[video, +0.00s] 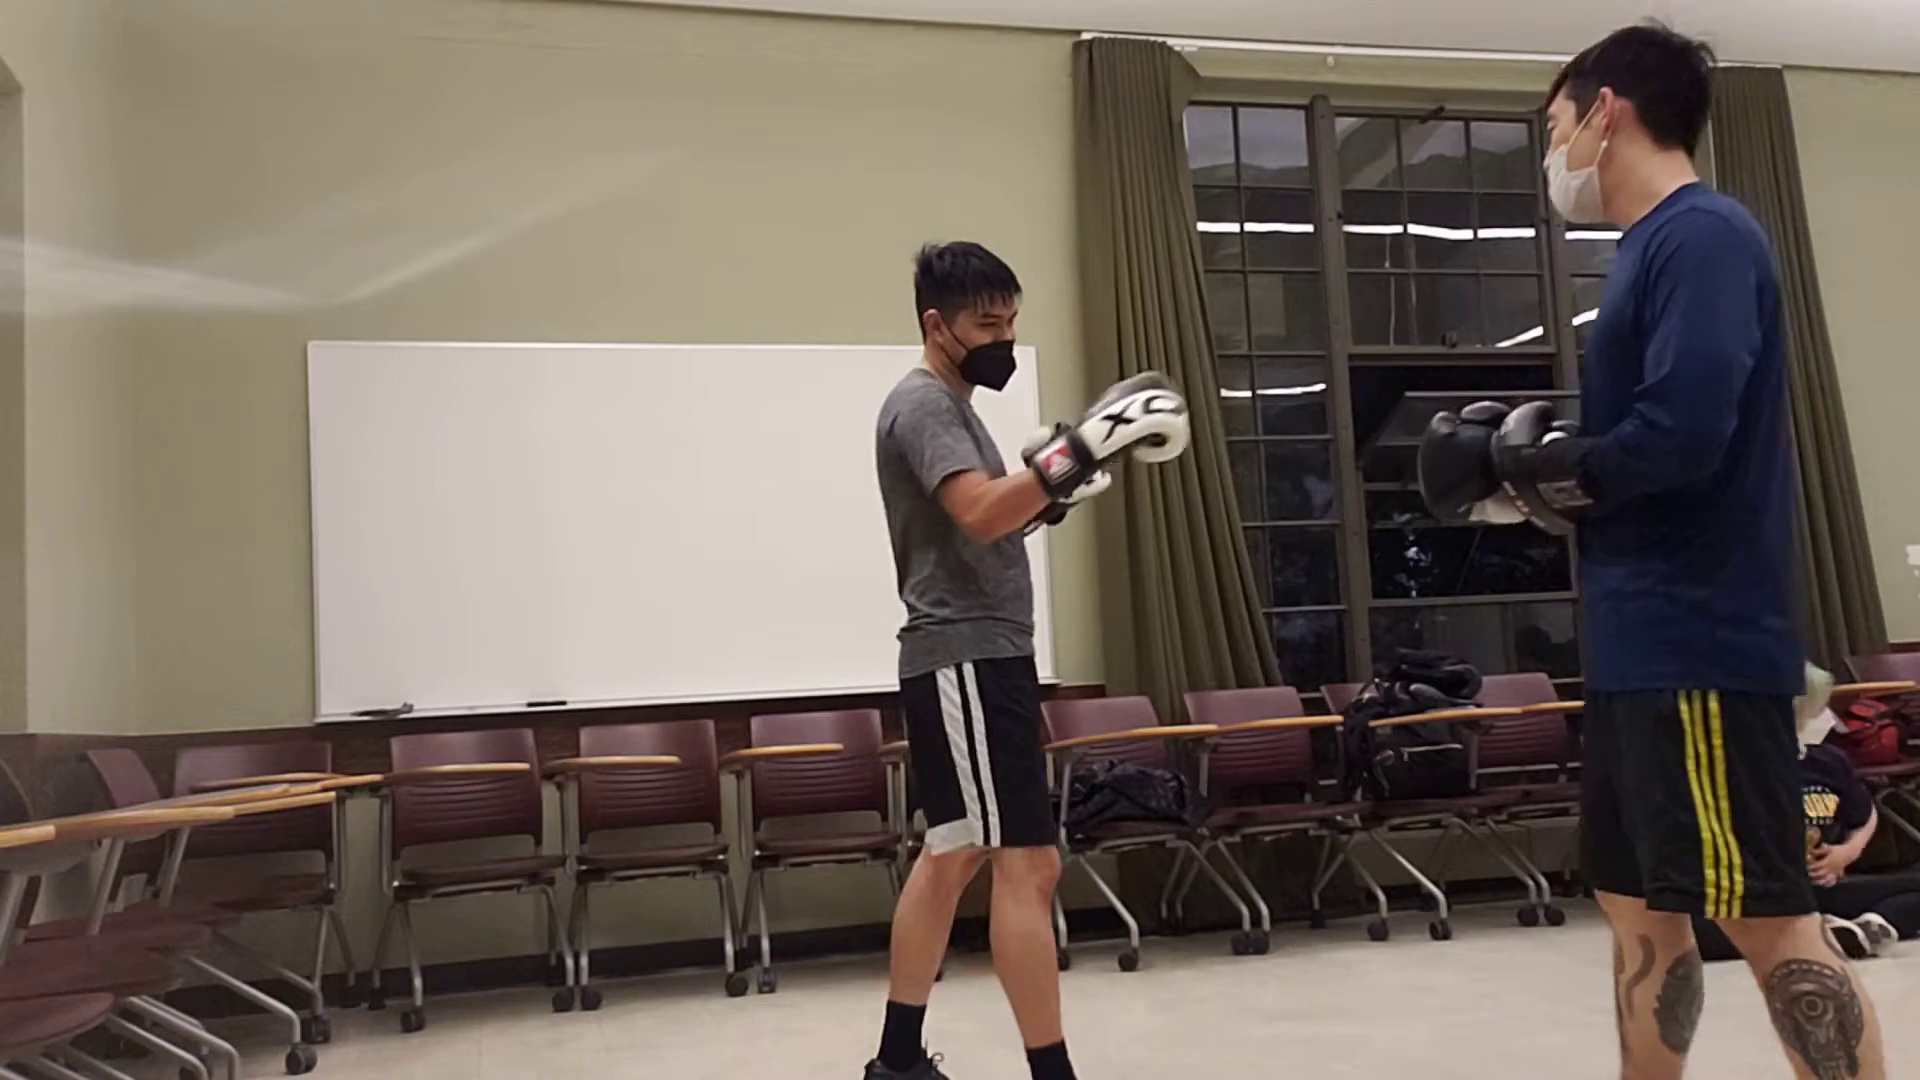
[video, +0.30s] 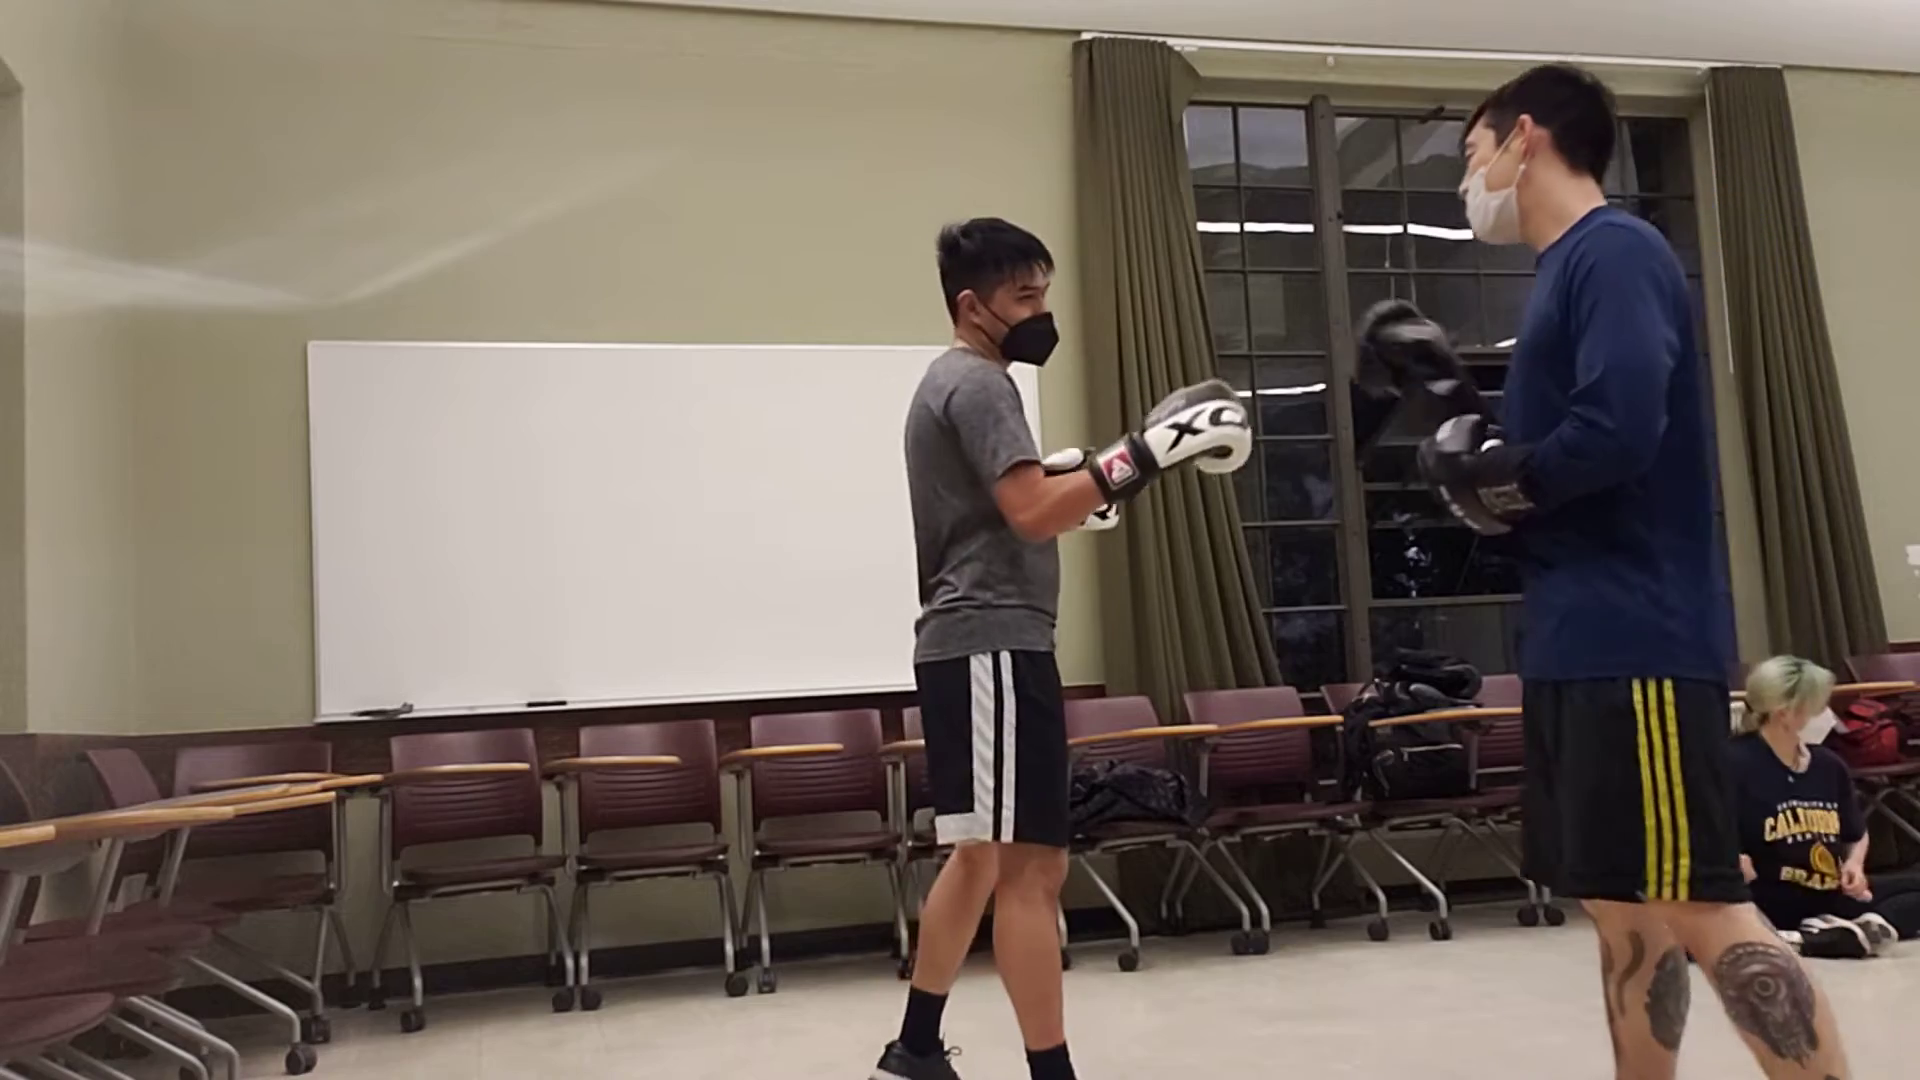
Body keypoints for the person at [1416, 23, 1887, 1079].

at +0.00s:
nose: (1554, 152)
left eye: (1557, 126)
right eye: (1551, 130)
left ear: (1608, 112)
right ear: (1633, 119)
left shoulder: (1703, 236)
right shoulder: (1655, 246)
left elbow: (1683, 437)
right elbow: (1647, 436)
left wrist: (1531, 465)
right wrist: (1532, 472)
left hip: (1707, 649)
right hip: (1639, 650)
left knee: (1766, 918)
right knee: (1636, 904)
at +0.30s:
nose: (1469, 182)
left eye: (1475, 156)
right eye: (1467, 161)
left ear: (1527, 143)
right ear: (1546, 148)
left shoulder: (1613, 250)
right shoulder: (1567, 268)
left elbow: (1618, 427)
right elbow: (1552, 423)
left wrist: (1498, 478)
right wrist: (1465, 399)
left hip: (1644, 645)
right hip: (1581, 648)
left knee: (1700, 904)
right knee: (1615, 901)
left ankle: (1825, 1071)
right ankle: (1643, 1077)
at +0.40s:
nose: (1445, 195)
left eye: (1451, 169)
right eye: (1442, 176)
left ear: (1503, 154)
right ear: (1519, 161)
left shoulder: (1597, 256)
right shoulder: (1542, 287)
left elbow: (1619, 427)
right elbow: (1460, 433)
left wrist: (1499, 486)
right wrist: (1330, 395)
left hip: (1631, 637)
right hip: (1572, 640)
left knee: (1651, 891)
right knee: (1605, 893)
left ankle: (1799, 1072)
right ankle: (1646, 1076)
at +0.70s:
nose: (1399, 211)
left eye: (1403, 185)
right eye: (1394, 192)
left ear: (1456, 166)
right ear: (1470, 173)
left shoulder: (1562, 267)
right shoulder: (1507, 293)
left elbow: (1617, 439)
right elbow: (1503, 472)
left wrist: (1472, 487)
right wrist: (1333, 501)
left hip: (1598, 636)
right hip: (1553, 638)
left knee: (1591, 897)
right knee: (1595, 897)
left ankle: (1633, 1075)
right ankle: (1638, 1073)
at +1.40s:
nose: (1342, 180)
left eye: (1337, 152)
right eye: (1335, 157)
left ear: (1376, 129)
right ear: (1424, 127)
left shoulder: (1461, 254)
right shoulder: (1475, 242)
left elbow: (1491, 448)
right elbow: (1476, 443)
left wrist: (1356, 485)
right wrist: (1355, 465)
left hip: (1479, 656)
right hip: (1451, 652)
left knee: (1510, 936)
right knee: (1451, 922)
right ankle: (1546, 1076)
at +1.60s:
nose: (1300, 181)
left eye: (1296, 152)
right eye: (1296, 157)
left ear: (1333, 134)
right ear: (1396, 133)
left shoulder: (1418, 251)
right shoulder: (1444, 240)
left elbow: (1476, 444)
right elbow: (1465, 445)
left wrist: (1337, 513)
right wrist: (1334, 493)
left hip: (1450, 655)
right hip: (1420, 649)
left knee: (1505, 927)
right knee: (1359, 859)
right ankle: (1432, 1073)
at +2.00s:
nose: (1207, 221)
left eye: (1207, 198)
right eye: (1205, 201)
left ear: (1239, 187)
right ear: (1296, 186)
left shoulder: (1314, 288)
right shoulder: (1331, 282)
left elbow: (1362, 458)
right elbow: (1328, 465)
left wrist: (1234, 519)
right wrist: (1216, 533)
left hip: (1332, 668)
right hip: (1324, 665)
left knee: (1358, 936)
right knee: (1348, 933)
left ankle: (1492, 1066)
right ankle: (1363, 1074)